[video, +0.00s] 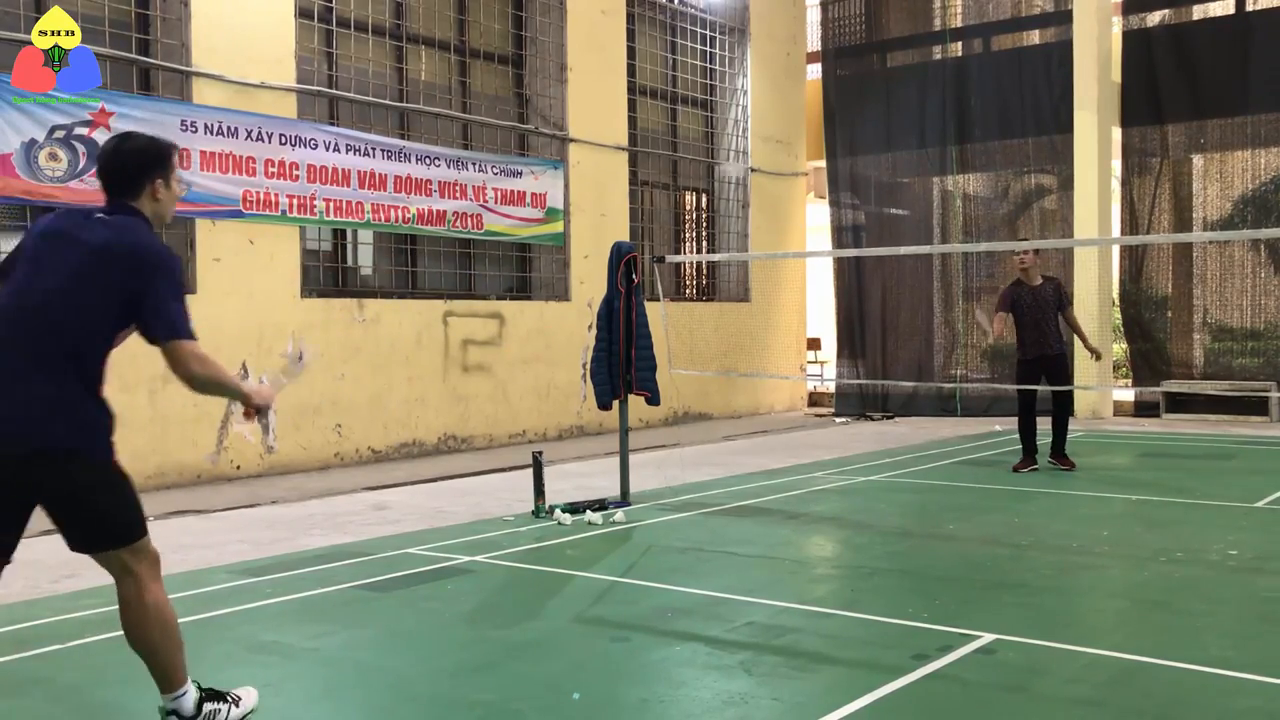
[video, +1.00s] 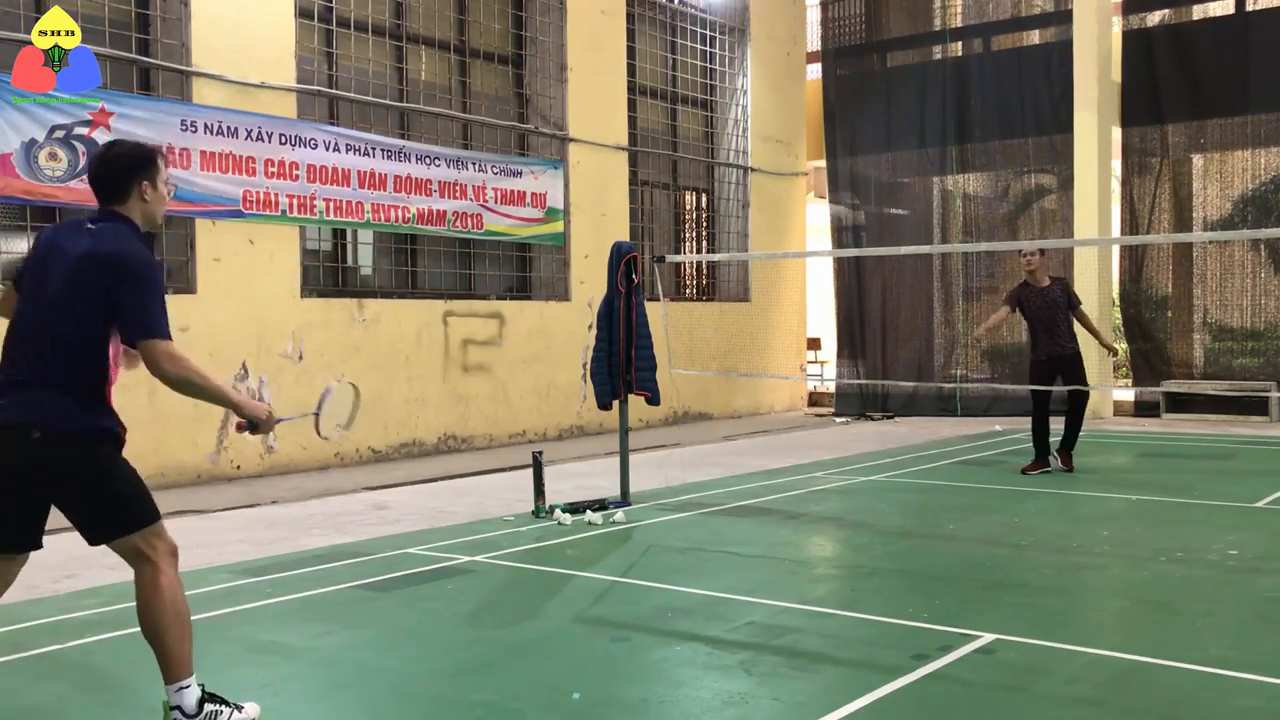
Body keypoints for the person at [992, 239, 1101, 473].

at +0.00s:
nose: (1020, 257)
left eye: (1025, 253)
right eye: (1017, 254)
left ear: (1036, 258)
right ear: (1014, 260)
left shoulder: (1054, 285)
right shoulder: (1011, 291)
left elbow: (1069, 317)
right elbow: (1000, 316)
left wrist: (1087, 344)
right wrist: (998, 330)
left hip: (1056, 355)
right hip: (1028, 357)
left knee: (1062, 405)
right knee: (1026, 407)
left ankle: (1058, 453)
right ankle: (1029, 457)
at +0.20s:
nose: (1027, 256)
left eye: (1031, 252)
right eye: (1024, 253)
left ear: (1043, 256)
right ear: (1021, 257)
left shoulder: (1058, 285)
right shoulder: (1015, 288)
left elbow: (1067, 321)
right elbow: (1001, 318)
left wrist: (1078, 352)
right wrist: (995, 349)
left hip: (1056, 356)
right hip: (1027, 356)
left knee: (1058, 408)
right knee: (1025, 408)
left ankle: (1056, 457)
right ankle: (1028, 457)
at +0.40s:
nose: (1038, 257)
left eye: (1043, 253)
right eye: (1034, 253)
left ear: (1053, 257)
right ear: (1030, 258)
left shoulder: (1066, 287)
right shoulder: (1024, 287)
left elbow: (1074, 322)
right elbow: (1001, 314)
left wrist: (1083, 353)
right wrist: (1020, 304)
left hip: (1060, 356)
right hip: (1031, 356)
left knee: (1061, 408)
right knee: (1024, 405)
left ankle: (1056, 457)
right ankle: (1029, 455)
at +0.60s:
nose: (1042, 257)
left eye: (1047, 253)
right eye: (1040, 253)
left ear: (1058, 257)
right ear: (1036, 257)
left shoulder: (1070, 287)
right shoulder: (1030, 286)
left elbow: (1080, 320)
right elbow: (1007, 307)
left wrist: (1092, 347)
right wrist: (1026, 284)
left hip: (1064, 355)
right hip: (1036, 355)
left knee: (1066, 408)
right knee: (1030, 405)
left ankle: (1057, 457)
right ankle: (1036, 455)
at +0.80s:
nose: (1035, 256)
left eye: (1040, 252)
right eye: (1032, 252)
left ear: (1051, 256)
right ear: (1028, 257)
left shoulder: (1067, 284)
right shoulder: (1024, 288)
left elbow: (1083, 316)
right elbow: (999, 311)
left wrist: (1102, 343)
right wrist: (1005, 293)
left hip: (1068, 355)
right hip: (1040, 356)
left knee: (1068, 408)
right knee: (1039, 408)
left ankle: (1059, 456)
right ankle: (1041, 458)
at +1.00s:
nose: (1027, 259)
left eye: (1032, 255)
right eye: (1024, 256)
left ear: (1042, 258)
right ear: (1020, 261)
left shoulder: (1061, 285)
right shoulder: (1019, 293)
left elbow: (1081, 316)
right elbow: (1001, 314)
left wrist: (1103, 341)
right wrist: (981, 329)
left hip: (1070, 355)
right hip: (1041, 358)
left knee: (1081, 397)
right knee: (1039, 407)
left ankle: (1065, 450)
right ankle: (1041, 459)